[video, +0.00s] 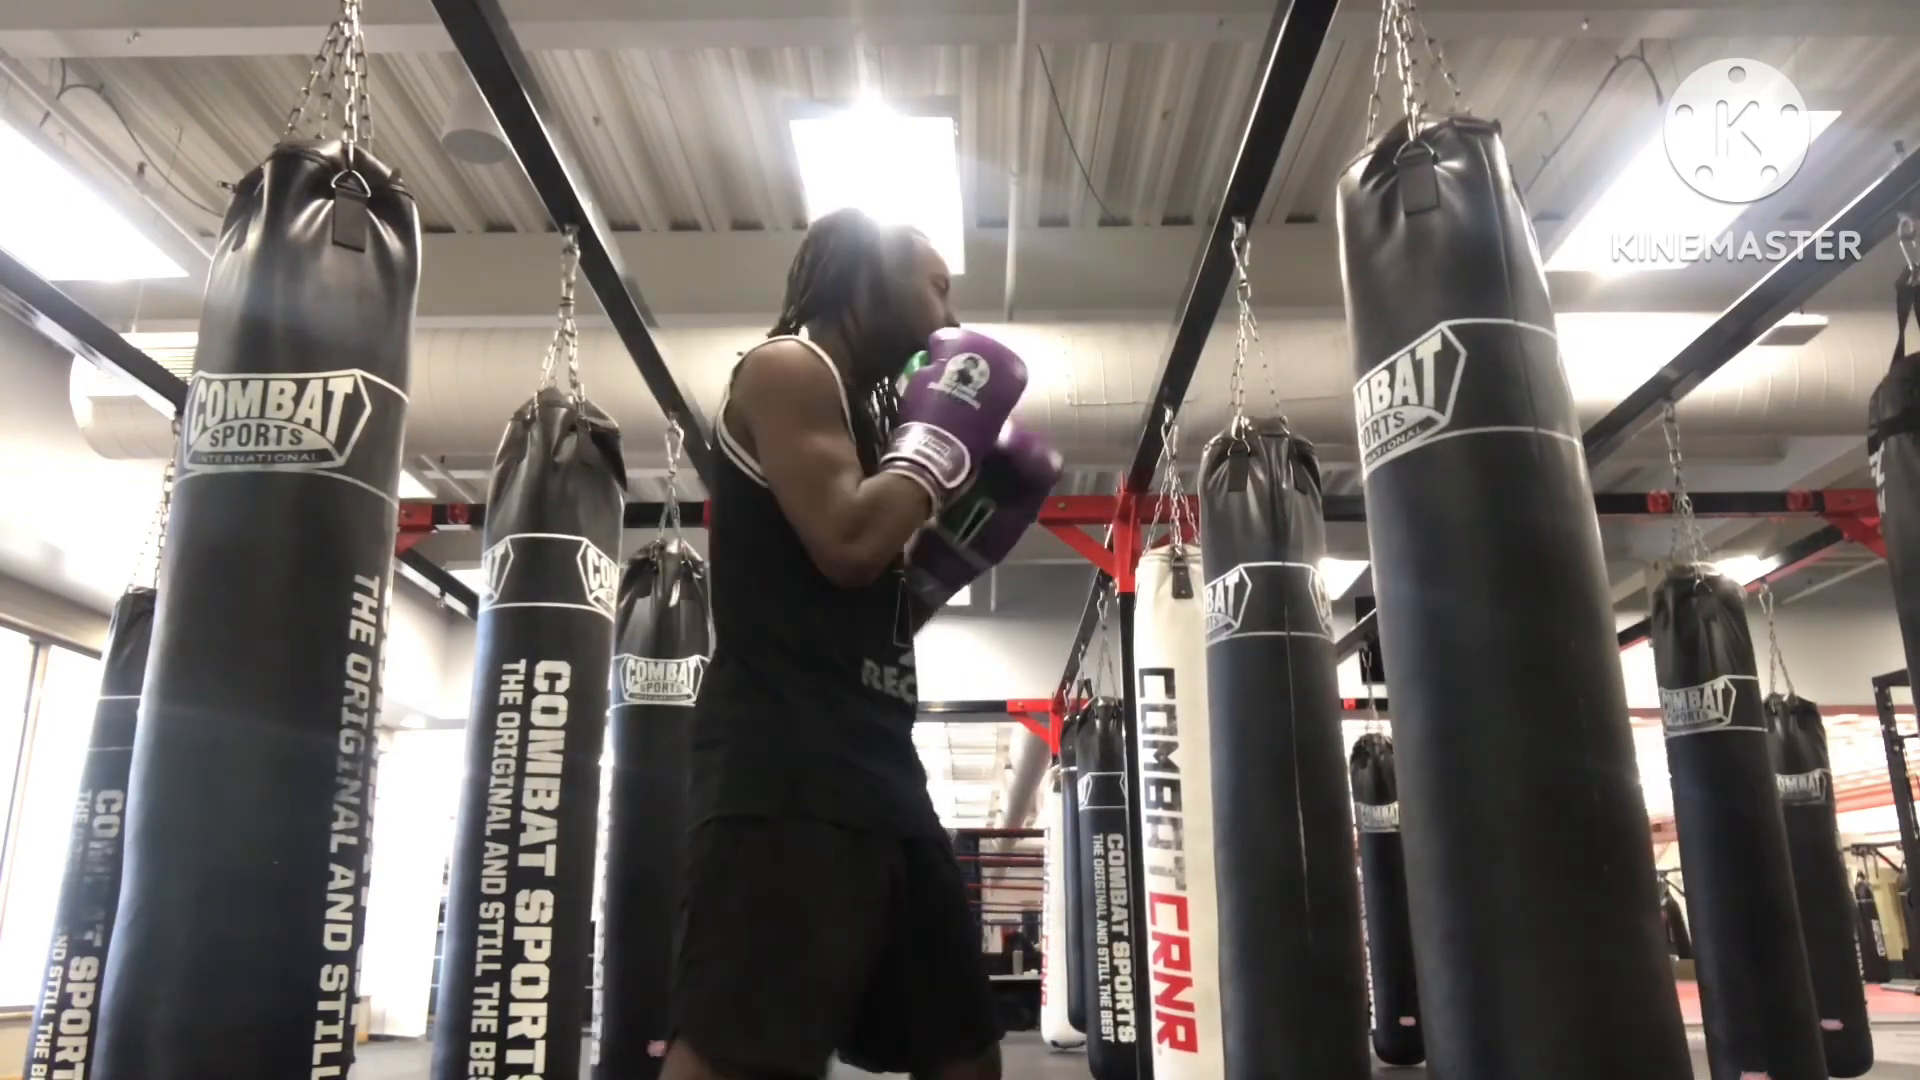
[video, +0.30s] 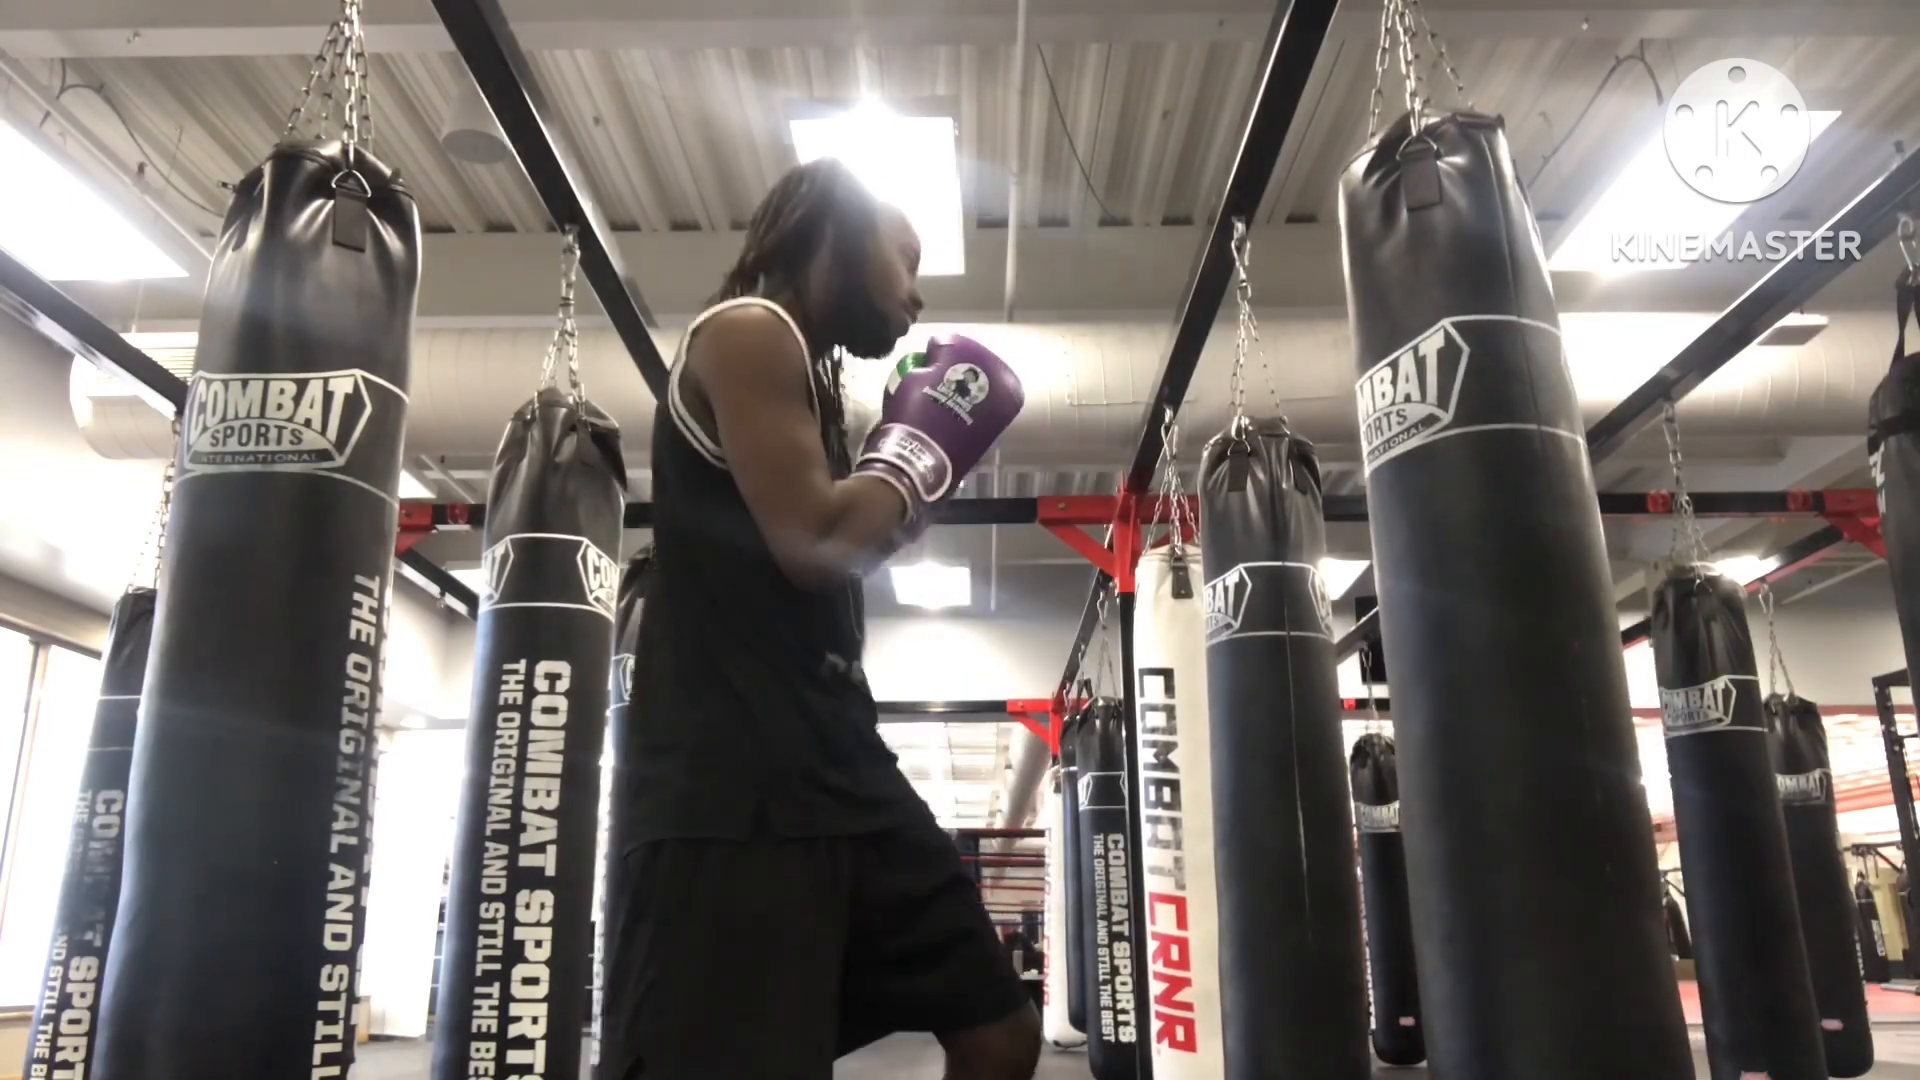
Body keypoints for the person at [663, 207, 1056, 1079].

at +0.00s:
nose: (950, 315)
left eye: (949, 293)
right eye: (936, 288)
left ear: (870, 293)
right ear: (869, 281)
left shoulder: (864, 410)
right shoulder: (787, 367)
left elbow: (873, 613)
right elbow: (848, 540)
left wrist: (969, 532)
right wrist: (944, 429)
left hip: (876, 772)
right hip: (783, 771)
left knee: (960, 1047)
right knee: (728, 1046)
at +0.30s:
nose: (916, 296)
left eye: (917, 273)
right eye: (906, 263)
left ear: (839, 254)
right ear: (837, 243)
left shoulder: (817, 392)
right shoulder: (749, 329)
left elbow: (841, 547)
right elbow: (813, 538)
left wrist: (915, 456)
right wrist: (919, 453)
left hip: (836, 772)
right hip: (732, 778)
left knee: (997, 1036)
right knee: (712, 1055)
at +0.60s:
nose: (987, 274)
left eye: (987, 250)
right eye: (974, 245)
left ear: (896, 245)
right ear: (912, 234)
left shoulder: (896, 377)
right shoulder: (821, 306)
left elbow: (964, 590)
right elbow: (898, 495)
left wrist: (1003, 461)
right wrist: (1002, 411)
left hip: (922, 753)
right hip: (826, 753)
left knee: (1008, 1040)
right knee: (778, 1047)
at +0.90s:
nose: (1034, 249)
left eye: (1031, 226)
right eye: (1021, 220)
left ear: (939, 210)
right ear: (970, 210)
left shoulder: (932, 327)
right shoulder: (901, 273)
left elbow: (980, 539)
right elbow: (1007, 469)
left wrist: (1065, 403)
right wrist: (1075, 377)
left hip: (935, 745)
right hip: (878, 742)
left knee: (997, 1037)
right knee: (872, 1045)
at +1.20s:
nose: (1022, 193)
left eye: (1021, 168)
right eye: (1014, 162)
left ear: (890, 143)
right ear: (965, 145)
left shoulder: (819, 280)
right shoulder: (906, 209)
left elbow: (956, 475)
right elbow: (985, 457)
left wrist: (1038, 407)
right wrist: (1070, 406)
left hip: (817, 768)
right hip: (891, 769)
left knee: (838, 1044)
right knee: (961, 1042)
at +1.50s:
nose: (1014, 141)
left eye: (1009, 117)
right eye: (1003, 115)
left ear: (882, 116)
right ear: (966, 113)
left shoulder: (857, 237)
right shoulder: (914, 207)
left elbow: (939, 443)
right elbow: (995, 453)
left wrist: (1041, 379)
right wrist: (1088, 401)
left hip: (842, 754)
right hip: (893, 758)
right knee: (928, 1039)